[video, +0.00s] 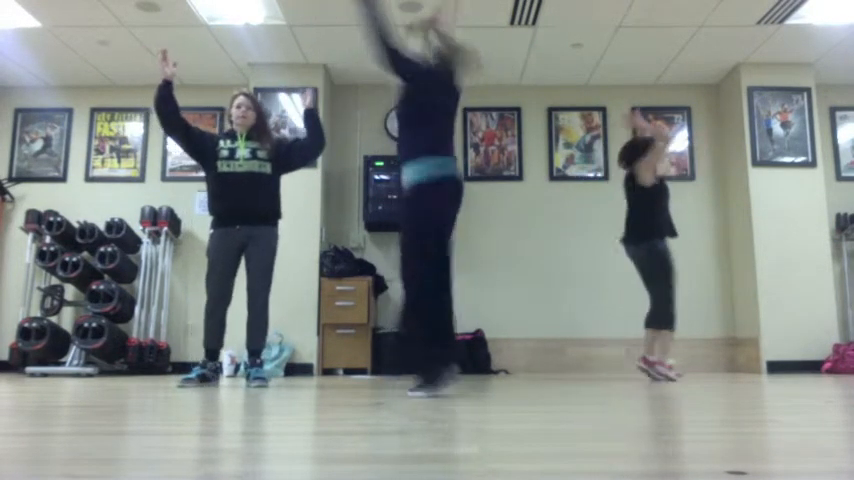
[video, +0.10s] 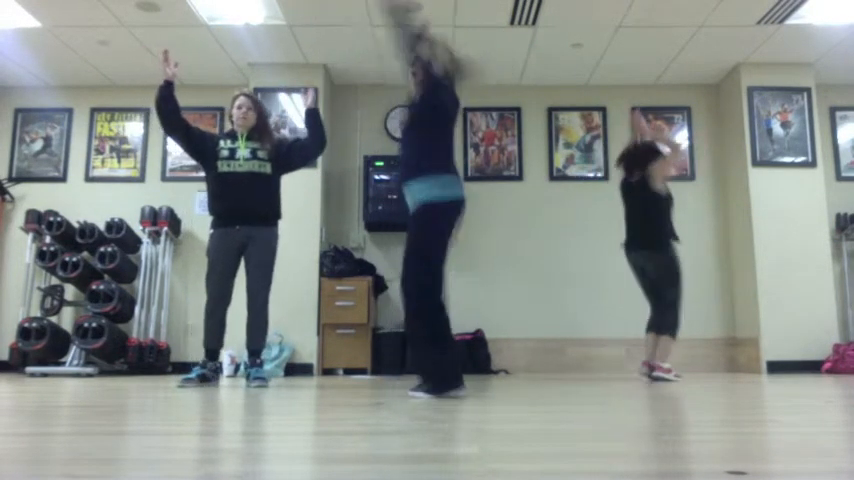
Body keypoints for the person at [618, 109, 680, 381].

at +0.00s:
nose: (662, 152)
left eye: (661, 148)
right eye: (656, 148)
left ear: (637, 152)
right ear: (648, 150)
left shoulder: (649, 172)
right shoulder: (641, 171)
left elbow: (664, 156)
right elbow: (658, 147)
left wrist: (646, 129)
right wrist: (657, 134)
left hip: (641, 240)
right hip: (648, 240)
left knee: (659, 297)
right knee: (664, 297)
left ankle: (649, 356)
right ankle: (660, 360)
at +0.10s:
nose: (664, 165)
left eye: (661, 158)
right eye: (660, 159)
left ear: (632, 160)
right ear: (652, 160)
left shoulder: (627, 182)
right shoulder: (654, 175)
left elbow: (638, 157)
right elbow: (679, 156)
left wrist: (643, 136)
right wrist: (665, 137)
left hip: (634, 247)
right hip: (658, 247)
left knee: (657, 303)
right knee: (670, 303)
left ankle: (650, 360)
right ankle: (661, 363)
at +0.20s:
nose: (658, 149)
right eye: (657, 149)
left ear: (632, 159)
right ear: (659, 157)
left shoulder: (625, 180)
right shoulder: (668, 175)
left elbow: (606, 159)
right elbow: (681, 156)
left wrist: (623, 137)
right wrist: (667, 142)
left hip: (635, 240)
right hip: (665, 239)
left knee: (646, 300)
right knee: (668, 301)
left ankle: (648, 361)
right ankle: (662, 363)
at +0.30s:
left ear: (634, 148)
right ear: (662, 148)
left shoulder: (629, 166)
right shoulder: (669, 168)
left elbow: (609, 156)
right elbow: (677, 159)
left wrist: (603, 141)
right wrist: (669, 141)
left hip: (635, 235)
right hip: (666, 233)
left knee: (644, 296)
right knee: (665, 294)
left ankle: (652, 358)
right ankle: (668, 354)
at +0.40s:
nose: (627, 154)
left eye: (631, 150)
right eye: (628, 149)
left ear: (642, 151)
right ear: (659, 152)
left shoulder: (643, 172)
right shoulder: (662, 174)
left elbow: (621, 148)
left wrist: (598, 131)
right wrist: (660, 134)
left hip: (647, 238)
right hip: (665, 236)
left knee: (647, 297)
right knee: (655, 295)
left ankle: (668, 359)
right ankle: (670, 356)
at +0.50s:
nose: (631, 159)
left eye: (636, 155)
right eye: (633, 154)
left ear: (647, 159)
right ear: (656, 161)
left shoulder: (652, 183)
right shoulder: (646, 182)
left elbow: (640, 166)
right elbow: (633, 160)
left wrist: (624, 148)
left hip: (654, 247)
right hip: (650, 245)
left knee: (647, 305)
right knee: (647, 304)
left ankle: (674, 364)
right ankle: (673, 363)